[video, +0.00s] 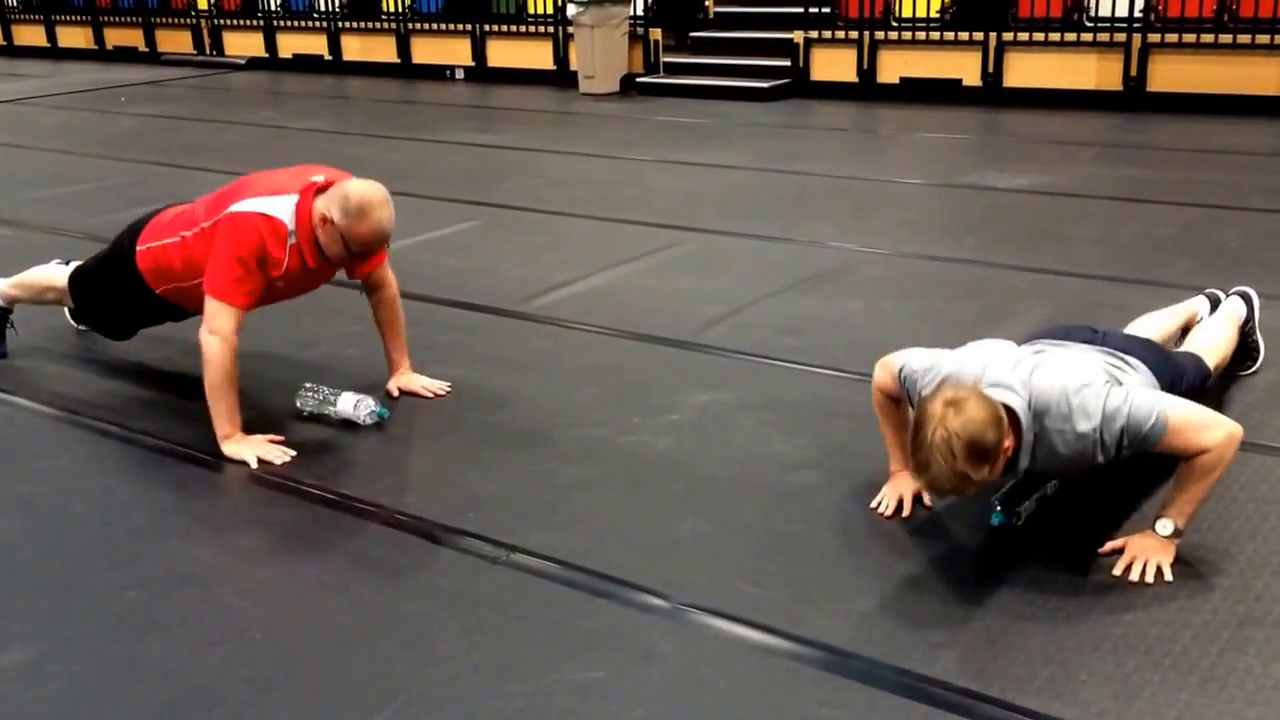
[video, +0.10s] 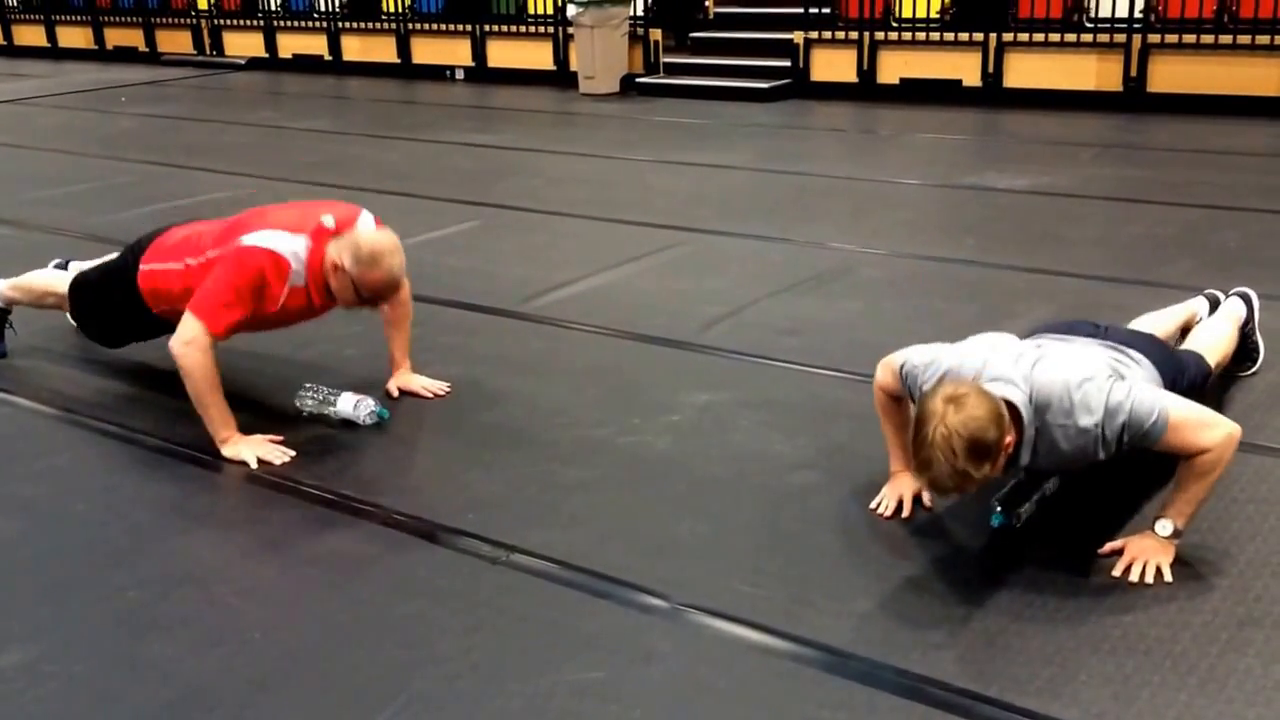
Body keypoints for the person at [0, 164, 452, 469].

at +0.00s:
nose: (356, 267)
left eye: (369, 257)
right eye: (349, 254)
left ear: (380, 226)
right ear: (323, 220)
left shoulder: (358, 209)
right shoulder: (253, 233)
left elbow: (379, 283)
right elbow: (217, 334)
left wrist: (401, 368)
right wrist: (231, 436)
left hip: (198, 271)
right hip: (149, 265)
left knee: (124, 300)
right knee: (79, 287)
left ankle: (82, 302)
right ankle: (5, 290)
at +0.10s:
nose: (372, 305)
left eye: (383, 295)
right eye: (364, 295)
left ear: (392, 264)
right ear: (336, 270)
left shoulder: (367, 231)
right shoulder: (260, 266)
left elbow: (397, 292)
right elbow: (188, 345)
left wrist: (403, 368)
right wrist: (229, 437)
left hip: (198, 250)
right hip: (149, 279)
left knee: (119, 275)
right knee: (73, 293)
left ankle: (74, 275)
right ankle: (5, 291)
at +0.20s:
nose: (370, 356)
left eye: (381, 350)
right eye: (366, 347)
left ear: (403, 305)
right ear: (345, 318)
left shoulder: (387, 279)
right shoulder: (269, 304)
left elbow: (406, 293)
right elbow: (178, 354)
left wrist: (401, 365)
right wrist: (229, 439)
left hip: (216, 269)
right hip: (156, 301)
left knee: (141, 274)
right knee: (76, 305)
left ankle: (70, 272)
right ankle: (6, 292)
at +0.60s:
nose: (365, 319)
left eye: (375, 309)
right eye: (359, 309)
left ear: (390, 287)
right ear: (330, 283)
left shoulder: (379, 267)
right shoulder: (254, 288)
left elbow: (405, 303)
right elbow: (175, 358)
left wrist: (401, 369)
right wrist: (228, 440)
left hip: (199, 261)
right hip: (146, 292)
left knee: (125, 273)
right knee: (70, 299)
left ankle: (72, 270)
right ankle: (5, 292)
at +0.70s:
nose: (358, 280)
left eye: (368, 270)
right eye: (350, 268)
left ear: (380, 242)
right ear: (323, 239)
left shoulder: (362, 235)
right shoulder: (249, 248)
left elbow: (390, 296)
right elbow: (196, 341)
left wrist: (400, 370)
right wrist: (228, 439)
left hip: (203, 266)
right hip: (147, 273)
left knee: (108, 288)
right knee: (74, 295)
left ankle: (68, 277)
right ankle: (9, 290)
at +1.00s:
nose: (363, 315)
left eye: (375, 306)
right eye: (358, 305)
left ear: (390, 282)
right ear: (333, 279)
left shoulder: (368, 250)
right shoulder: (258, 274)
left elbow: (400, 294)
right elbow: (185, 352)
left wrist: (401, 369)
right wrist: (228, 440)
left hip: (193, 259)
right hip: (142, 290)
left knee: (121, 272)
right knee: (69, 298)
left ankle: (73, 272)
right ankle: (5, 292)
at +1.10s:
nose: (363, 362)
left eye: (374, 357)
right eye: (360, 352)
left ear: (401, 315)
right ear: (342, 321)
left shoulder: (384, 284)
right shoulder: (269, 310)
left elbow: (407, 289)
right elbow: (176, 357)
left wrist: (400, 366)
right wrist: (227, 441)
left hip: (209, 280)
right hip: (152, 314)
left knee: (141, 283)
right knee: (75, 313)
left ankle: (69, 274)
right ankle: (7, 293)